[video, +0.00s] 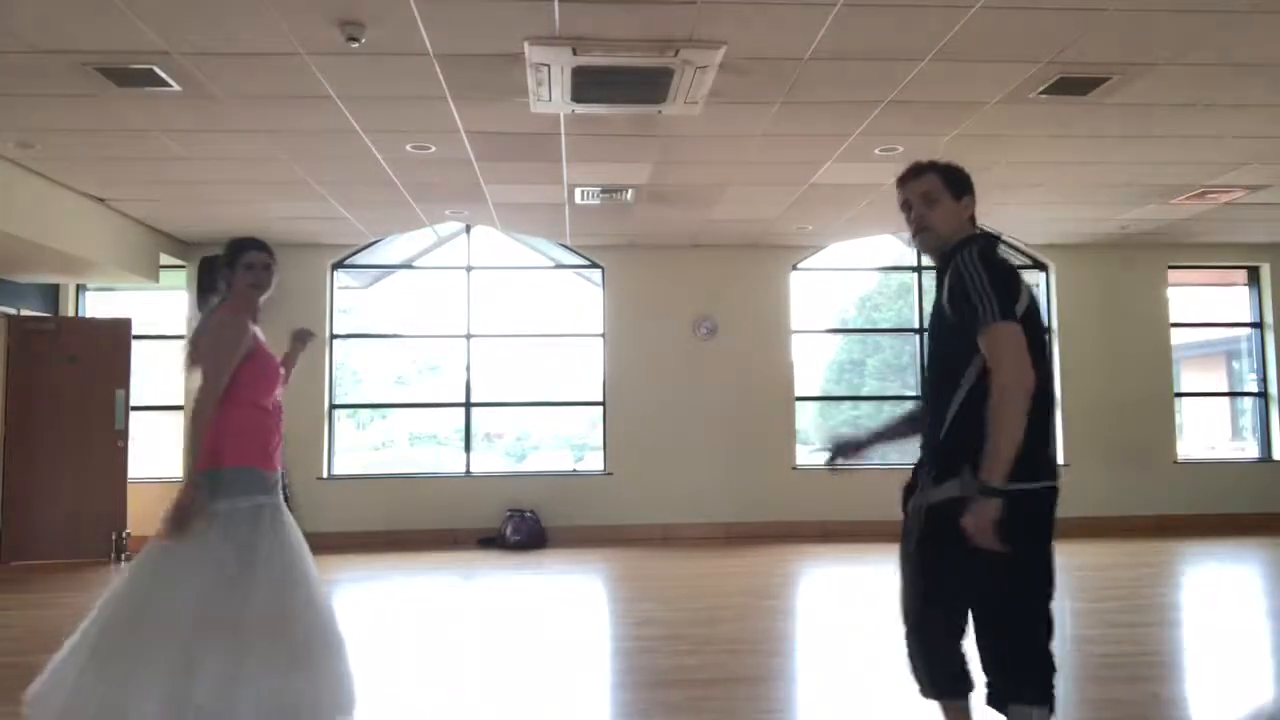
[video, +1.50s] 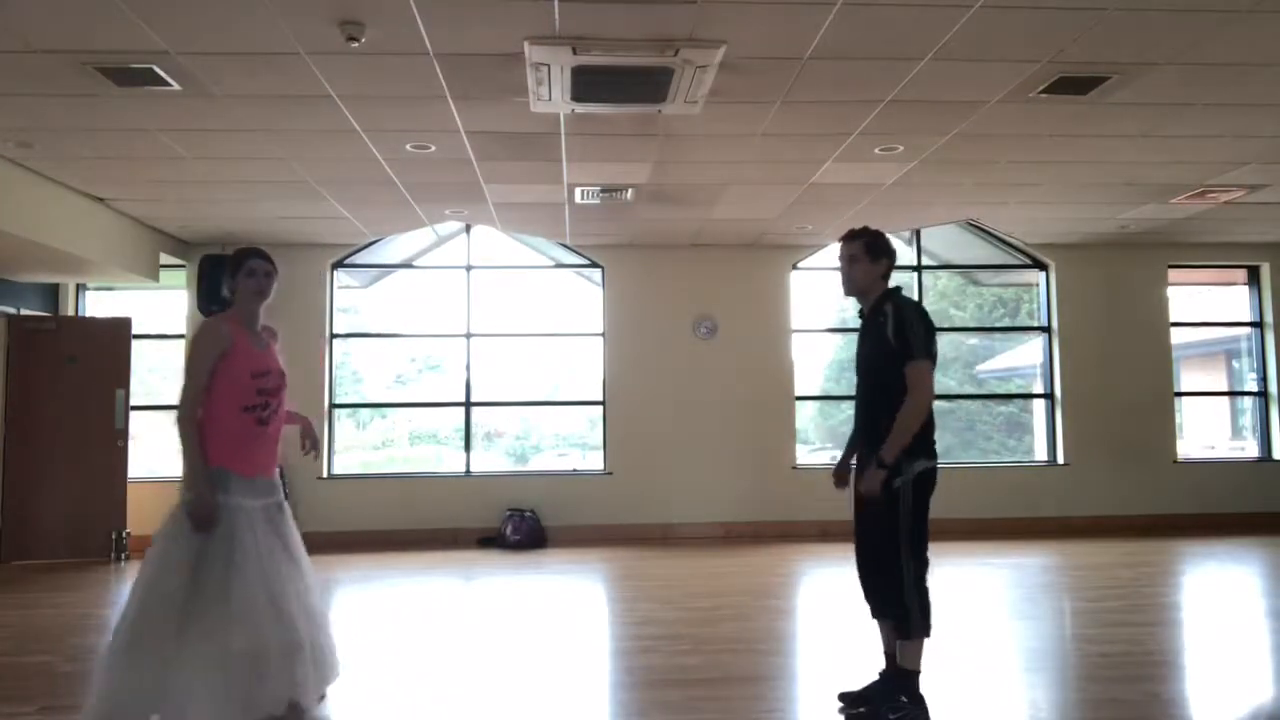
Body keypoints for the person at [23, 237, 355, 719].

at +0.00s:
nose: (262, 277)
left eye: (268, 270)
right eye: (252, 268)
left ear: (272, 278)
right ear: (229, 274)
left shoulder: (247, 325)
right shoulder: (231, 322)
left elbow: (264, 393)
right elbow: (207, 399)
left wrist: (293, 354)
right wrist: (191, 482)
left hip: (254, 480)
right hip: (238, 482)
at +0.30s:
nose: (294, 283)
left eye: (300, 277)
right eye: (284, 275)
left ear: (305, 286)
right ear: (266, 281)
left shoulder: (283, 330)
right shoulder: (256, 330)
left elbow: (280, 388)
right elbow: (240, 410)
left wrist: (314, 400)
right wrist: (294, 456)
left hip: (279, 474)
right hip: (258, 475)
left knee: (273, 587)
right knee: (296, 584)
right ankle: (279, 701)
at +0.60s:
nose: (306, 283)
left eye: (312, 277)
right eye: (297, 275)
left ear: (318, 286)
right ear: (280, 282)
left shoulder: (308, 331)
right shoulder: (265, 330)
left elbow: (304, 391)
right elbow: (241, 409)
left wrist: (339, 406)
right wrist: (271, 464)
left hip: (297, 468)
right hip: (267, 469)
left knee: (291, 581)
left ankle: (295, 689)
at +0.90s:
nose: (306, 283)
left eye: (313, 277)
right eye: (298, 276)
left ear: (319, 286)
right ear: (281, 283)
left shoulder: (315, 334)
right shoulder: (264, 331)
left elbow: (309, 391)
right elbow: (235, 401)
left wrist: (339, 411)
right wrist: (234, 473)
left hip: (298, 467)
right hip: (264, 467)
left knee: (287, 576)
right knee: (269, 577)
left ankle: (277, 682)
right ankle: (256, 685)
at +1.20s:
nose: (294, 283)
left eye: (300, 277)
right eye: (285, 275)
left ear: (307, 285)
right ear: (267, 282)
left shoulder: (303, 332)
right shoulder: (250, 331)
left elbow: (299, 390)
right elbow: (225, 401)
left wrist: (328, 417)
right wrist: (230, 473)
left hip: (289, 473)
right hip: (253, 473)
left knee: (297, 577)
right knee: (248, 580)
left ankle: (289, 684)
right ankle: (221, 687)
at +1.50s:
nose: (261, 281)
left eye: (268, 275)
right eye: (252, 273)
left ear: (274, 286)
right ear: (232, 281)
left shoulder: (269, 335)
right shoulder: (215, 331)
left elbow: (258, 407)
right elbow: (187, 411)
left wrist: (301, 420)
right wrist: (197, 484)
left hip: (265, 485)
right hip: (225, 485)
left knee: (273, 597)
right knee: (225, 600)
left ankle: (276, 698)